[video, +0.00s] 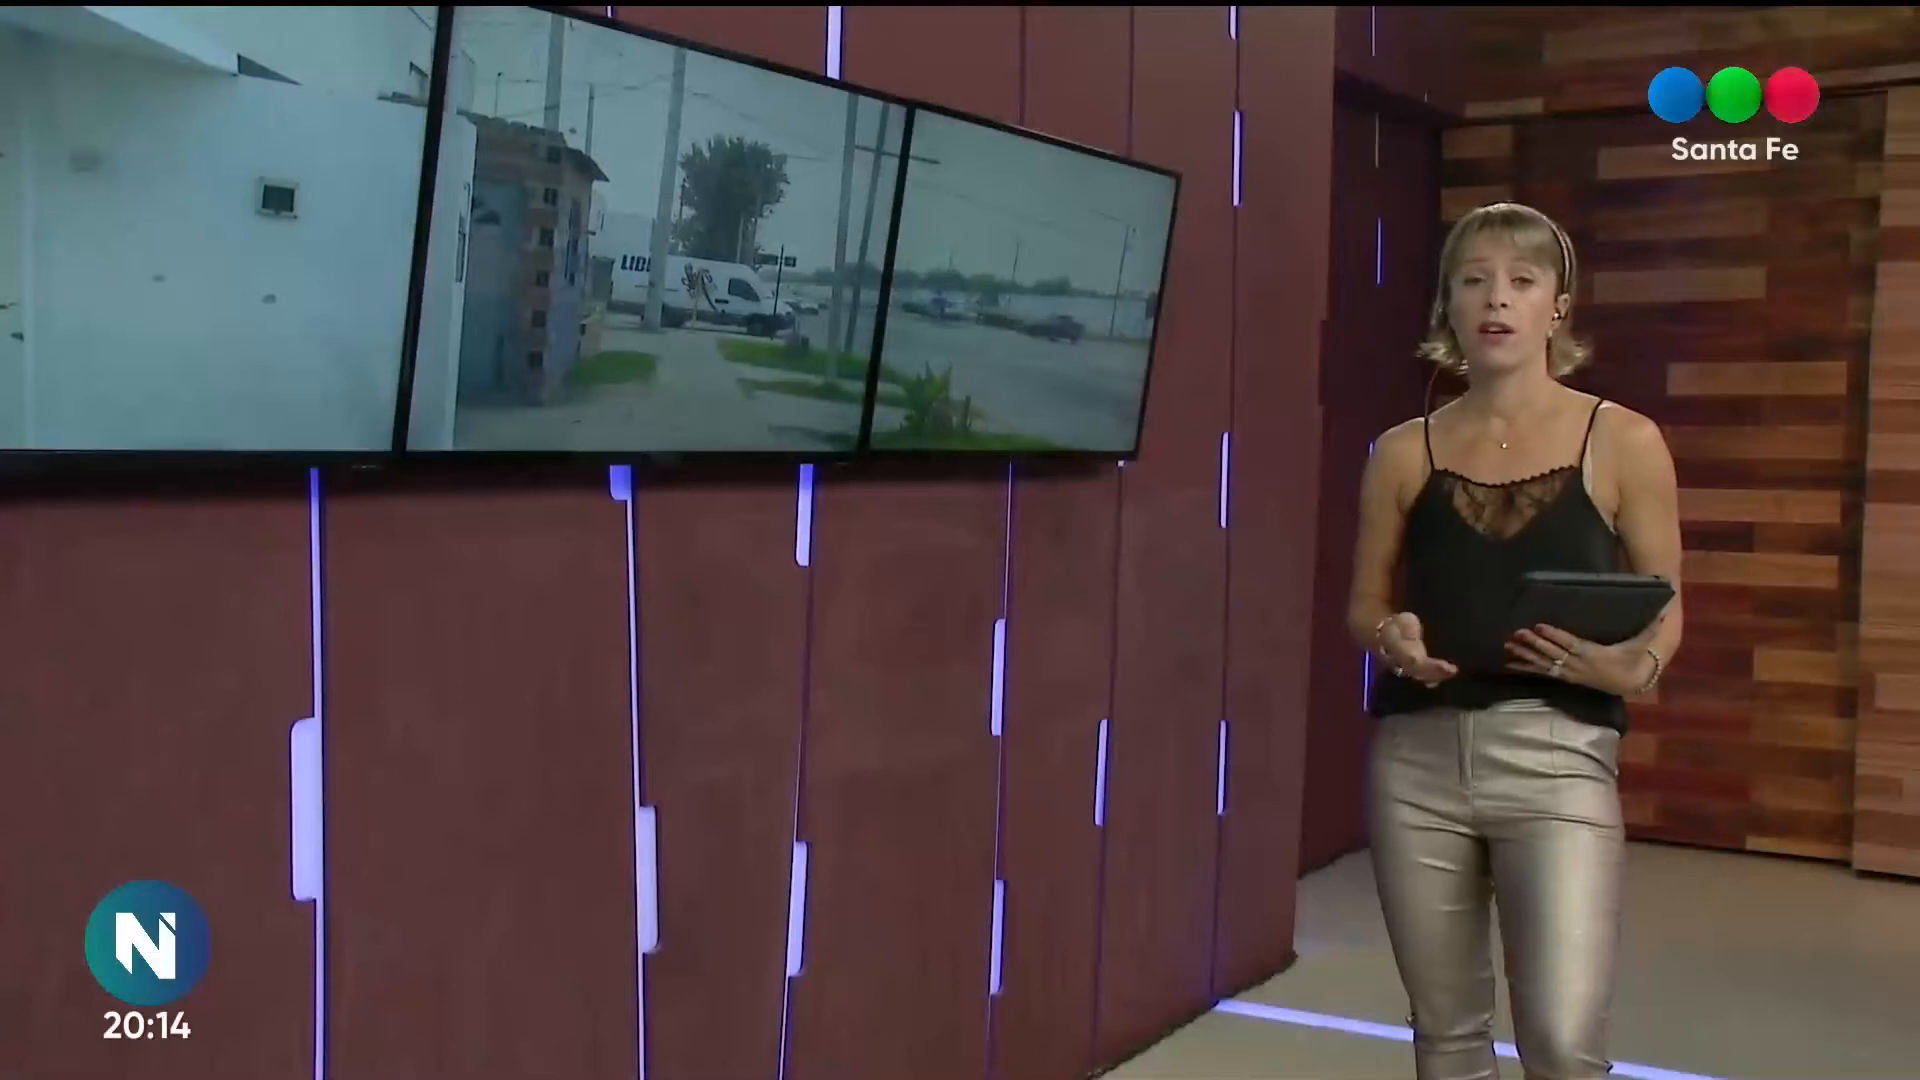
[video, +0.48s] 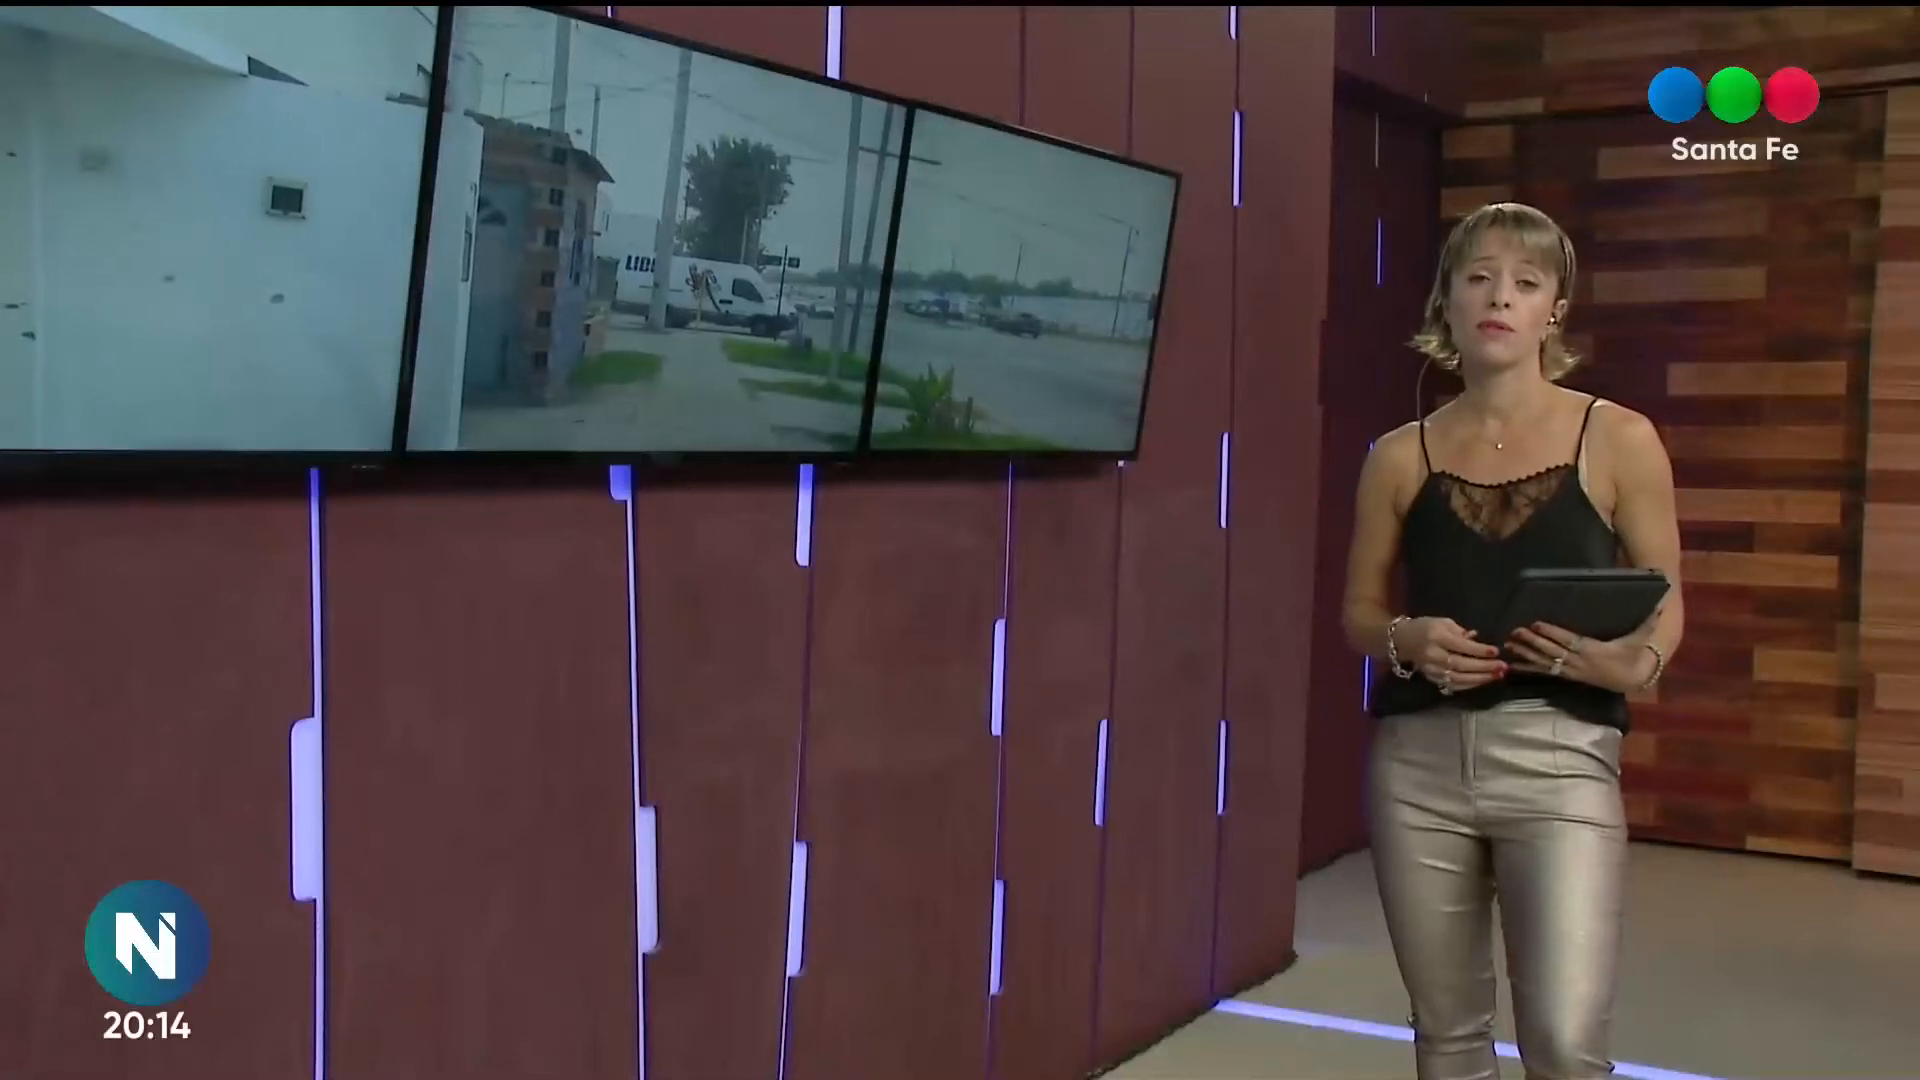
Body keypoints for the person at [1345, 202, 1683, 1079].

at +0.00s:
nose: (1495, 299)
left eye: (1520, 281)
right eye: (1474, 281)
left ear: (1557, 309)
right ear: (1448, 307)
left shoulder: (1623, 442)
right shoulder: (1403, 454)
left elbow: (1662, 608)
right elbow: (1365, 605)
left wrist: (1625, 669)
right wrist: (1389, 635)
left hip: (1555, 763)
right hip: (1416, 764)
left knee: (1561, 1045)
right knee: (1446, 1039)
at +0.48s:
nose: (1497, 297)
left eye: (1523, 282)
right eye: (1477, 279)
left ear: (1554, 312)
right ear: (1447, 305)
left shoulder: (1619, 440)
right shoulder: (1399, 459)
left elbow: (1663, 599)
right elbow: (1360, 615)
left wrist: (1626, 665)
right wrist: (1405, 639)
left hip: (1558, 765)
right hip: (1417, 768)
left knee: (1563, 1047)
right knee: (1447, 1042)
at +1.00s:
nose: (1498, 303)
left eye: (1523, 287)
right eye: (1479, 284)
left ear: (1556, 314)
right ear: (1449, 307)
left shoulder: (1621, 442)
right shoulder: (1401, 459)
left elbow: (1664, 599)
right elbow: (1358, 614)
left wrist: (1632, 665)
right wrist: (1411, 634)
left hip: (1559, 767)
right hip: (1417, 769)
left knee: (1565, 1049)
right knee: (1448, 1042)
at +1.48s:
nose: (1497, 304)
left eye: (1523, 288)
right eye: (1478, 284)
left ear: (1559, 313)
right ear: (1450, 305)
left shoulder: (1623, 444)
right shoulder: (1404, 459)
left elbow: (1666, 603)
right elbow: (1360, 612)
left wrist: (1629, 665)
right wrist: (1410, 631)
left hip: (1559, 766)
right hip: (1418, 768)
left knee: (1565, 1049)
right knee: (1447, 1042)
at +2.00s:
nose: (1499, 304)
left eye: (1525, 288)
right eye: (1481, 284)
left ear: (1559, 313)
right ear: (1452, 306)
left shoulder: (1624, 444)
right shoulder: (1405, 459)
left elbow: (1667, 605)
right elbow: (1360, 612)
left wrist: (1631, 665)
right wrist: (1410, 632)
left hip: (1560, 766)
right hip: (1418, 768)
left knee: (1566, 1048)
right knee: (1448, 1041)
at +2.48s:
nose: (1492, 301)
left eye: (1518, 285)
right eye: (1473, 282)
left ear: (1554, 313)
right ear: (1447, 304)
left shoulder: (1620, 443)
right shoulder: (1401, 460)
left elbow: (1663, 604)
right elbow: (1357, 611)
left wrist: (1626, 662)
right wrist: (1404, 630)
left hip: (1556, 766)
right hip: (1416, 767)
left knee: (1563, 1048)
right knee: (1447, 1039)